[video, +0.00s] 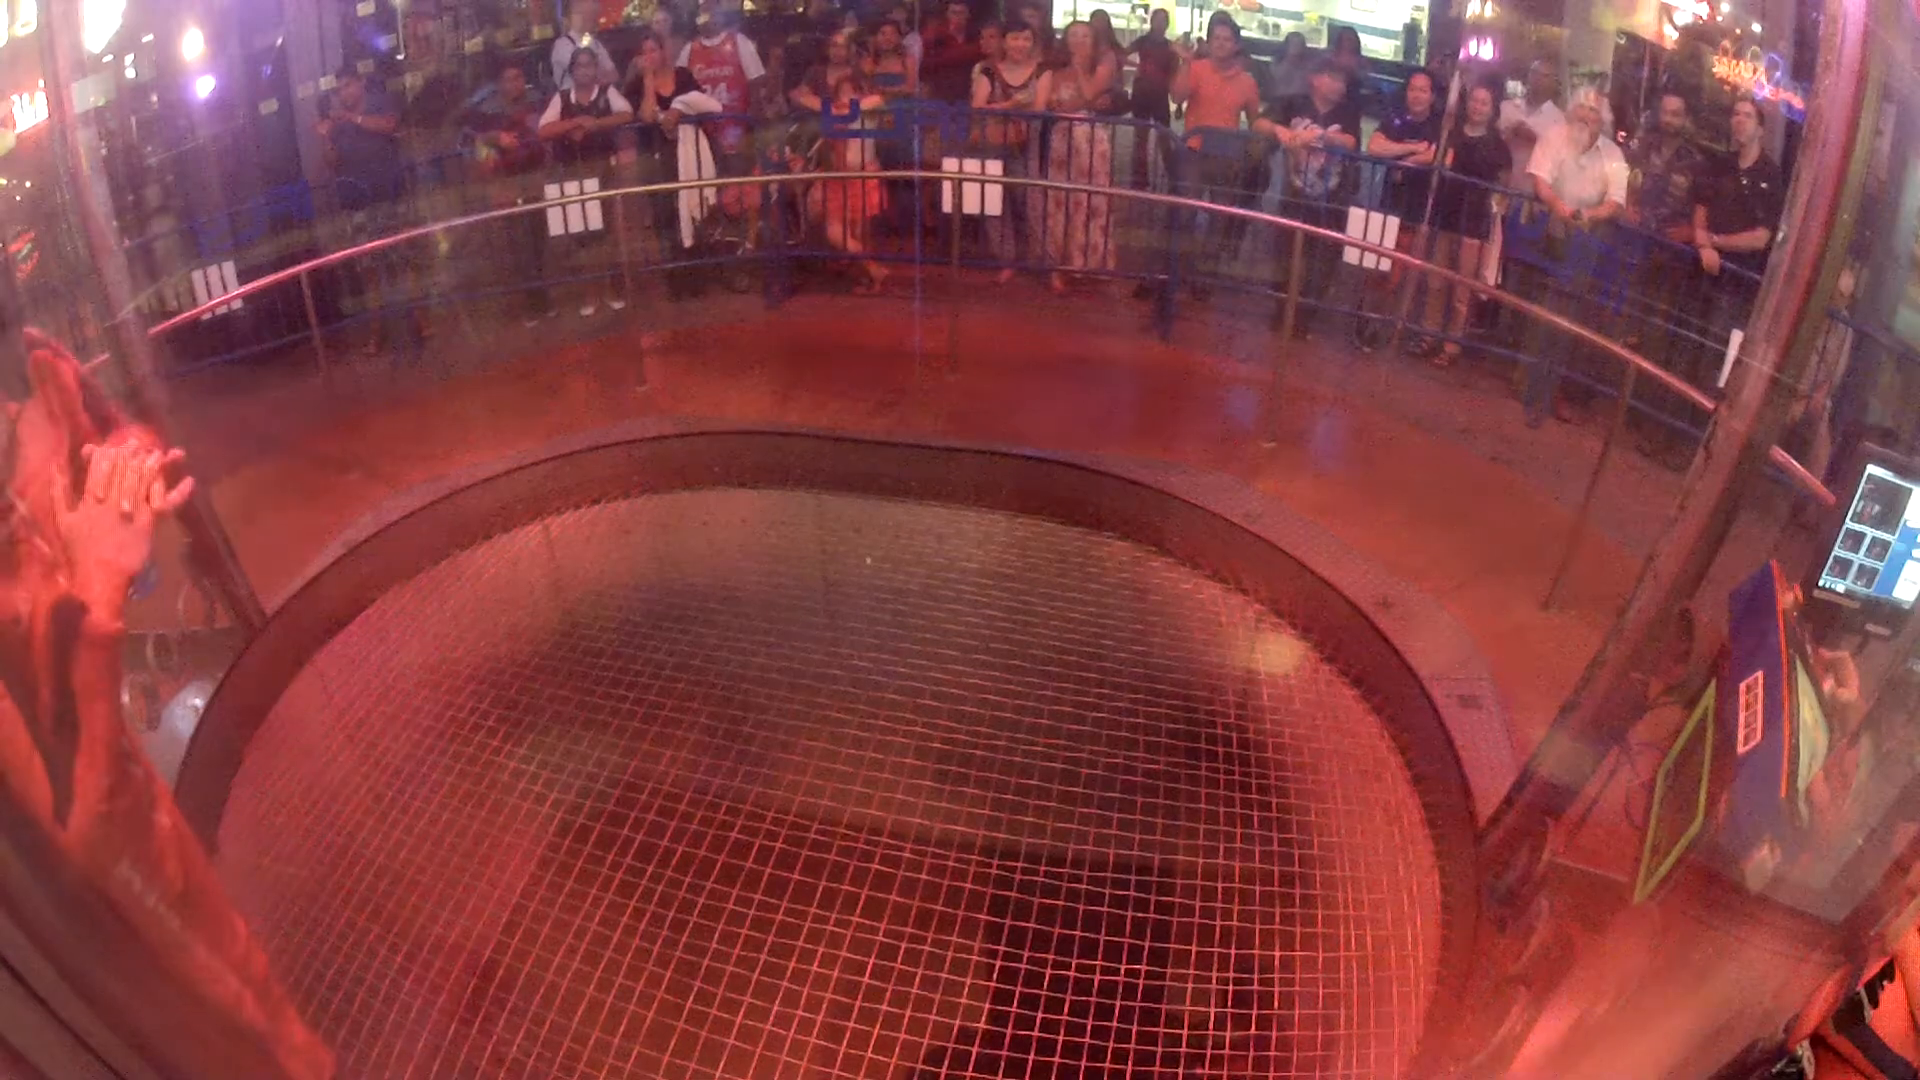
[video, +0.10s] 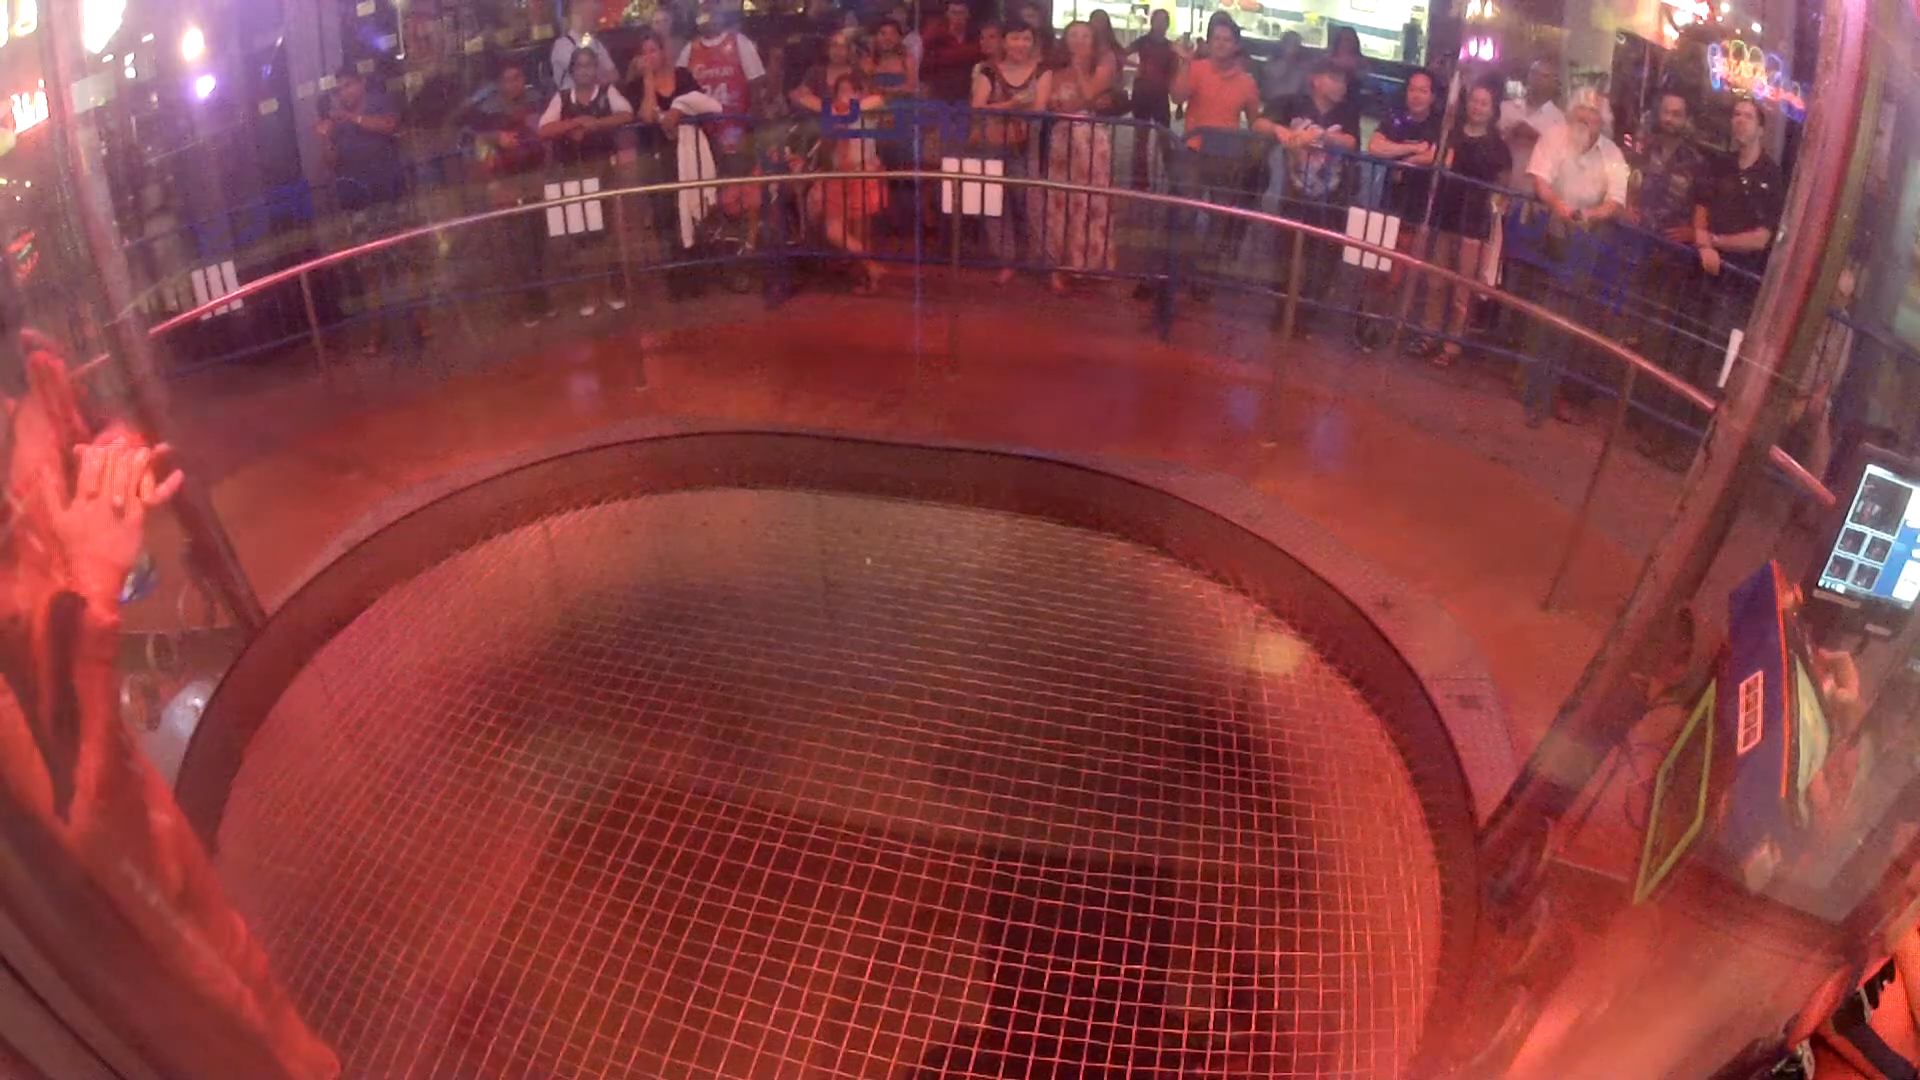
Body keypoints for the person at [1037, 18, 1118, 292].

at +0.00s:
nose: (1079, 42)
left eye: (1085, 37)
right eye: (1074, 37)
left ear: (1094, 41)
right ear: (1066, 42)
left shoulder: (1104, 64)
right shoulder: (1055, 73)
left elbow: (1090, 94)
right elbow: (1041, 108)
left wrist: (1081, 65)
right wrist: (1068, 107)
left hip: (1089, 138)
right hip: (1060, 137)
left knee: (1087, 201)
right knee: (1059, 200)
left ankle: (1085, 265)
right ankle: (1058, 264)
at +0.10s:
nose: (1079, 42)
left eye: (1085, 37)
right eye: (1074, 37)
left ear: (1094, 41)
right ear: (1065, 42)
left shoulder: (1103, 65)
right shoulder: (1055, 73)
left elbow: (1091, 95)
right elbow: (1040, 107)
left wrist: (1081, 66)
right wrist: (1065, 108)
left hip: (1089, 138)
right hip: (1060, 137)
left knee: (1087, 201)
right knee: (1059, 200)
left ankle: (1086, 265)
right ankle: (1058, 265)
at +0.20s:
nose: (1079, 41)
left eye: (1085, 36)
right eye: (1074, 36)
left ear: (1094, 41)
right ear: (1065, 41)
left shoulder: (1104, 64)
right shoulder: (1055, 73)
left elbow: (1090, 94)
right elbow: (1040, 108)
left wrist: (1081, 64)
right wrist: (1069, 107)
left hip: (1089, 138)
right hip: (1060, 137)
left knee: (1087, 201)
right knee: (1059, 200)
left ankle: (1086, 265)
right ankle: (1058, 265)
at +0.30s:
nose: (1079, 41)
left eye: (1085, 37)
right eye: (1074, 36)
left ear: (1094, 41)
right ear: (1065, 41)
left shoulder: (1103, 66)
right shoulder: (1055, 73)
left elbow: (1090, 94)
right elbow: (1042, 108)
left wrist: (1080, 65)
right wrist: (1071, 106)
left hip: (1089, 138)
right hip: (1060, 137)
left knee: (1087, 201)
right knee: (1059, 200)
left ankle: (1086, 265)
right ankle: (1058, 264)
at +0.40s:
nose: (1080, 41)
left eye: (1086, 37)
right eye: (1074, 37)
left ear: (1094, 39)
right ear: (1065, 40)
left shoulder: (1103, 63)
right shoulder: (1056, 69)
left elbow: (1089, 94)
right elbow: (1042, 106)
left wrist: (1079, 61)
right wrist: (1068, 106)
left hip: (1088, 136)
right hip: (1060, 135)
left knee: (1086, 200)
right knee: (1059, 199)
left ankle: (1083, 263)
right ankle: (1058, 263)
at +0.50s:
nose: (1078, 41)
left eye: (1084, 37)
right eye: (1073, 36)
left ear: (1092, 40)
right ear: (1064, 41)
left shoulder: (1103, 63)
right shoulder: (1055, 71)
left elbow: (1089, 94)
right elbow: (1041, 106)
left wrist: (1079, 62)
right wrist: (1066, 107)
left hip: (1088, 136)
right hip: (1060, 136)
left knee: (1086, 200)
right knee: (1058, 199)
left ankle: (1083, 263)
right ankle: (1058, 263)